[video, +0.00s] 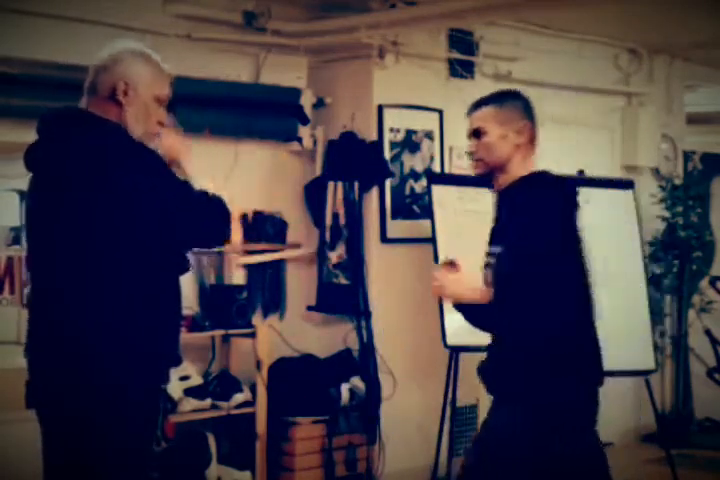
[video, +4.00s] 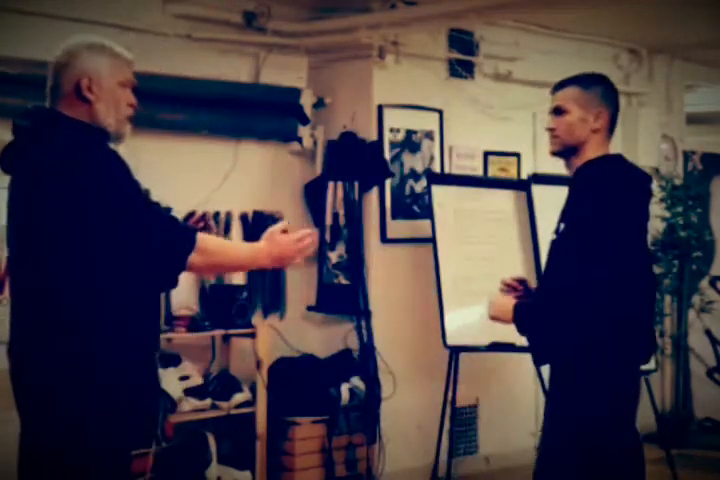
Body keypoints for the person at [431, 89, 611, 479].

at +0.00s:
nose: (470, 148)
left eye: (479, 135)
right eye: (470, 137)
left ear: (520, 137)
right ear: (514, 139)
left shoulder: (534, 199)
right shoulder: (521, 199)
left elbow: (532, 315)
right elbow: (512, 311)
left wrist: (467, 294)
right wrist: (465, 291)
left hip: (543, 394)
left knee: (483, 471)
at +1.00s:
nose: (442, 163)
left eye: (448, 150)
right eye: (441, 151)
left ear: (485, 147)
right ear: (484, 148)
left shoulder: (510, 219)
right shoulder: (519, 207)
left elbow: (443, 324)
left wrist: (349, 388)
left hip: (524, 403)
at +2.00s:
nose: (522, 153)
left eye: (530, 140)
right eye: (520, 144)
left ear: (571, 137)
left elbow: (660, 324)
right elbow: (514, 319)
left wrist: (590, 298)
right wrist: (485, 300)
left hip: (589, 387)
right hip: (544, 386)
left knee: (520, 469)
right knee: (595, 467)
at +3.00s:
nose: (352, 190)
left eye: (353, 177)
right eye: (348, 179)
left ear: (385, 165)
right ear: (387, 163)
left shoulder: (426, 238)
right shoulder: (449, 199)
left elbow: (372, 348)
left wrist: (271, 371)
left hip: (488, 395)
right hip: (522, 376)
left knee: (438, 472)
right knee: (529, 470)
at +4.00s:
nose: (548, 123)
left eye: (559, 112)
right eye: (550, 114)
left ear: (596, 121)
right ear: (591, 124)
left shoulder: (602, 185)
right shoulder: (607, 180)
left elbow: (586, 311)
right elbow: (588, 289)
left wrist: (519, 312)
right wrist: (537, 293)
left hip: (592, 369)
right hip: (607, 363)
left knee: (567, 467)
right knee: (604, 465)